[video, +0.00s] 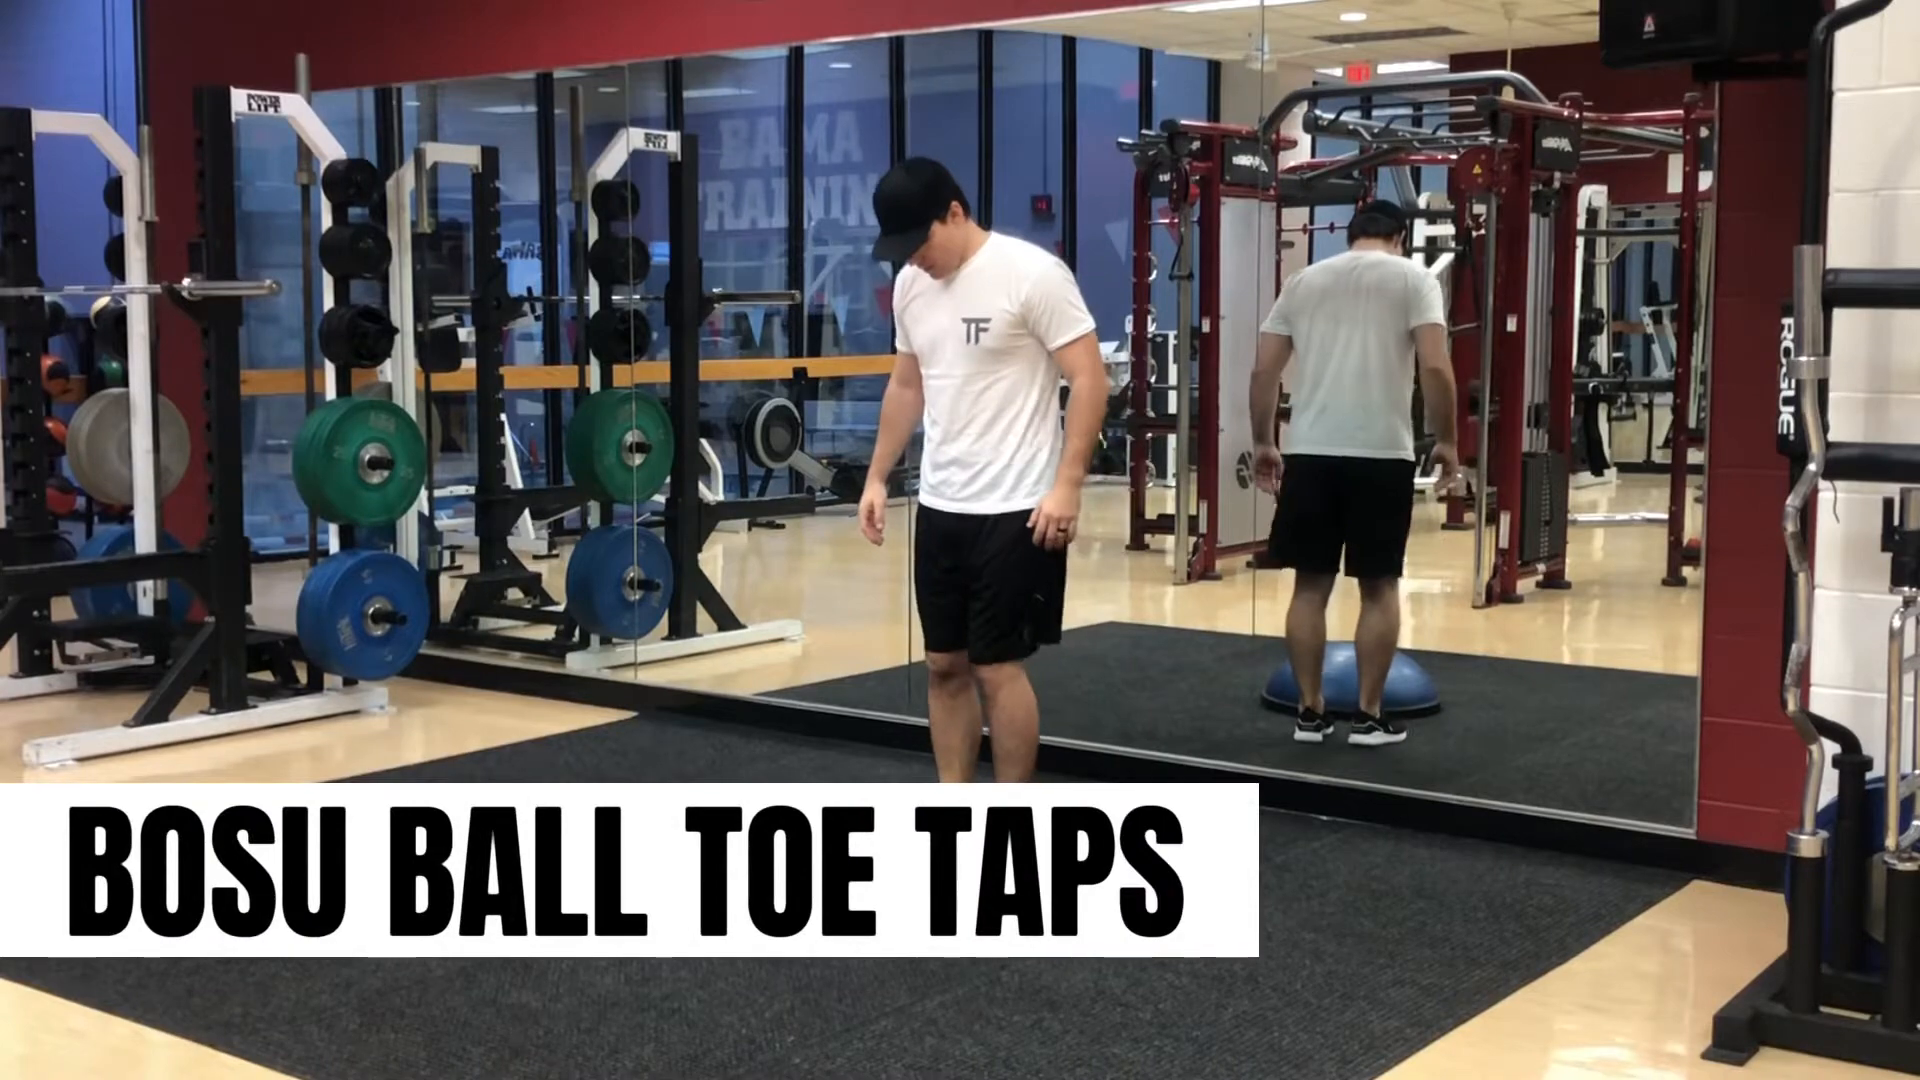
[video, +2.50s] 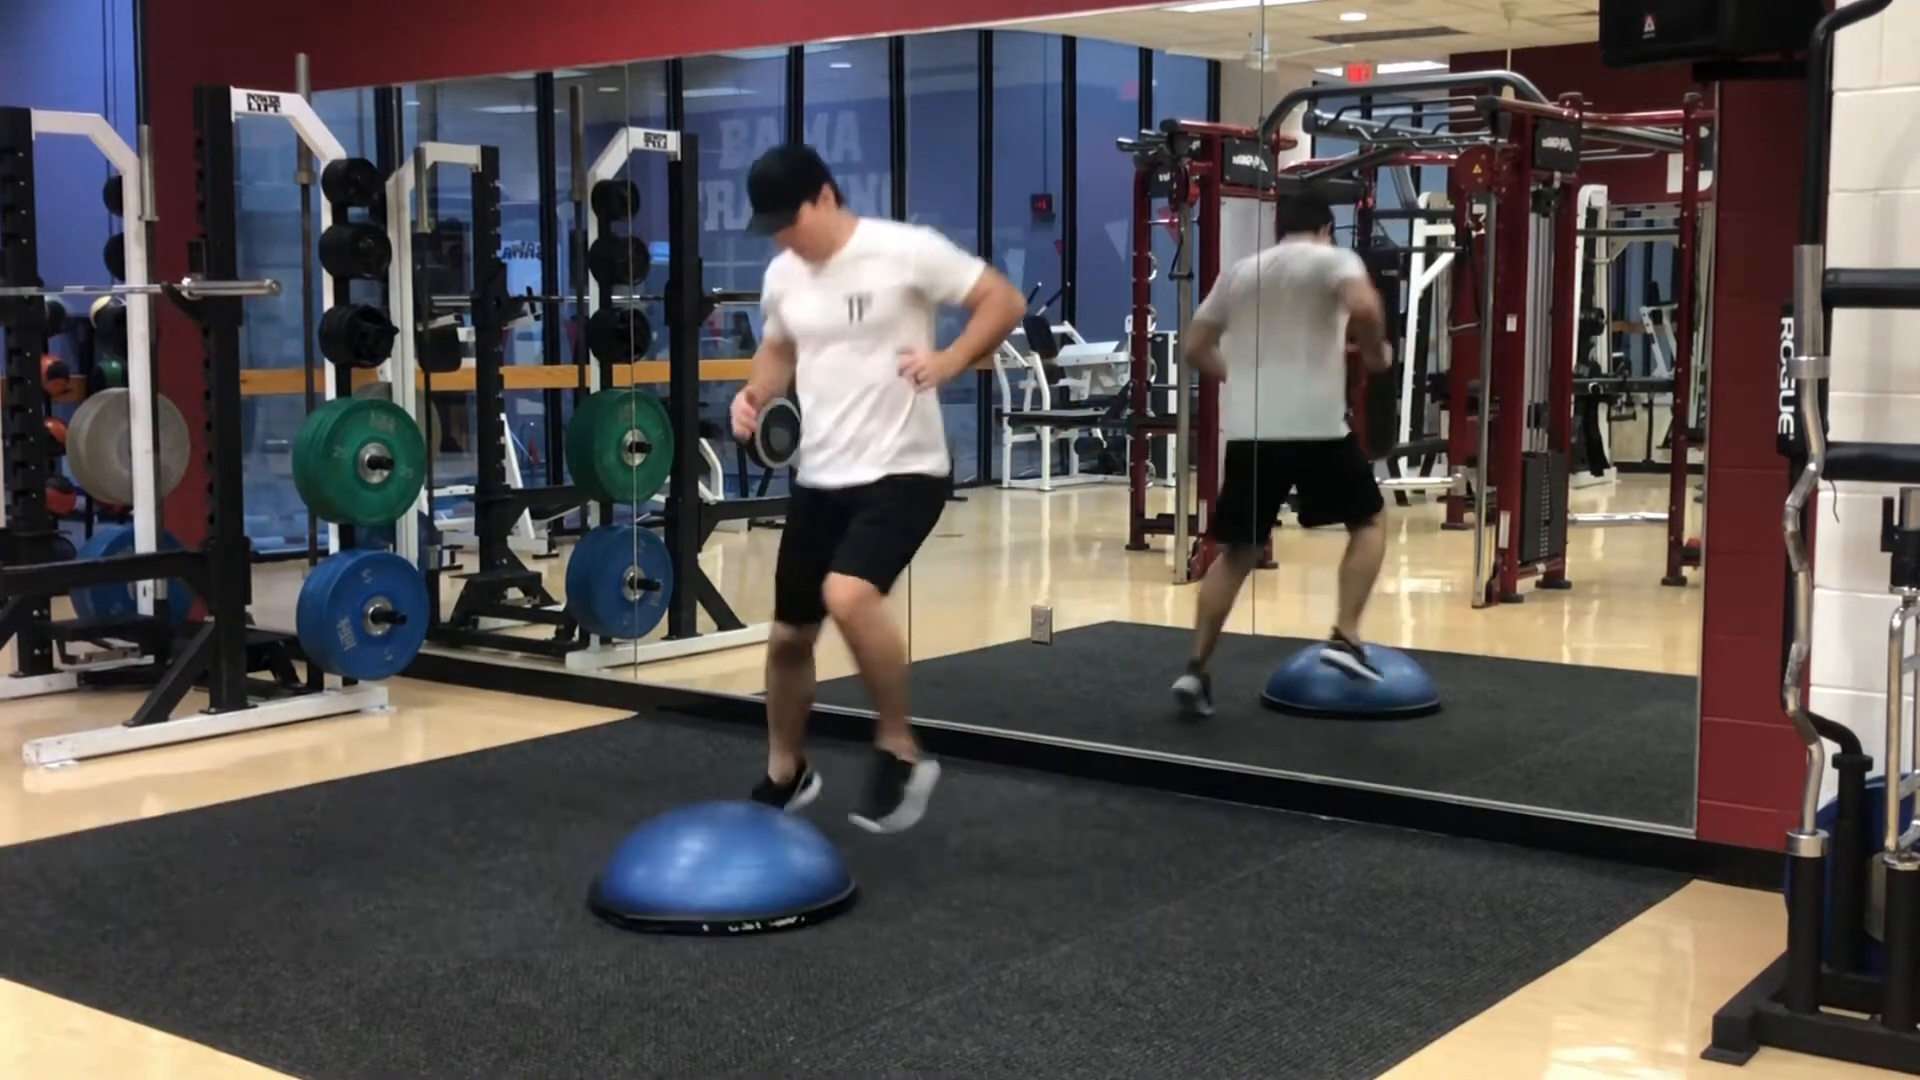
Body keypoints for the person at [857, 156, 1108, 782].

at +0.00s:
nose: (913, 260)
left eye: (918, 244)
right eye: (904, 250)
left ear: (954, 215)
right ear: (894, 235)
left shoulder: (1033, 275)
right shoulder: (911, 284)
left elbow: (1090, 380)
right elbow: (906, 384)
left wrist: (1067, 487)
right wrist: (877, 475)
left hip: (1018, 509)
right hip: (941, 508)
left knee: (998, 667)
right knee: (946, 667)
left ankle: (1012, 812)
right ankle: (953, 809)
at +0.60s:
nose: (927, 253)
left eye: (933, 237)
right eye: (921, 242)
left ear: (972, 211)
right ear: (961, 215)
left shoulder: (1048, 277)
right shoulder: (939, 279)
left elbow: (1098, 384)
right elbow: (942, 377)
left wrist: (1065, 491)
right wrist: (903, 464)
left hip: (1020, 517)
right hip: (946, 500)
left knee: (1011, 676)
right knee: (872, 615)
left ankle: (1015, 812)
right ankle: (859, 776)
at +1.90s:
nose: (861, 270)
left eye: (866, 254)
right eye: (855, 259)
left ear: (908, 233)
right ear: (894, 238)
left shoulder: (984, 305)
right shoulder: (872, 302)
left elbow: (1044, 407)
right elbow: (880, 394)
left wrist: (986, 481)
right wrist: (840, 448)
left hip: (974, 528)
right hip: (896, 510)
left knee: (957, 685)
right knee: (806, 596)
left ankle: (1007, 806)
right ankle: (825, 758)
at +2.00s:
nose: (847, 241)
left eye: (852, 225)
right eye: (839, 230)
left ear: (892, 203)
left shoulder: (966, 267)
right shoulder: (854, 266)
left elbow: (1056, 339)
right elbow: (865, 347)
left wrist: (987, 398)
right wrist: (810, 385)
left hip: (945, 502)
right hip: (865, 485)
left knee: (947, 659)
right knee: (778, 592)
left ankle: (997, 798)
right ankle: (812, 737)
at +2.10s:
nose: (820, 225)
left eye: (826, 209)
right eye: (814, 213)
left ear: (866, 185)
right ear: (811, 207)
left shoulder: (947, 242)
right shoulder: (822, 250)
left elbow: (1037, 308)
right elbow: (829, 324)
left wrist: (976, 371)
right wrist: (801, 376)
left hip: (925, 470)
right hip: (844, 466)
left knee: (893, 616)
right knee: (784, 611)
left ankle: (940, 762)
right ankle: (786, 749)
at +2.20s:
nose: (796, 247)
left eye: (802, 232)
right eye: (789, 236)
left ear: (841, 208)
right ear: (788, 229)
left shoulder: (922, 264)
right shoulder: (791, 277)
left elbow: (1006, 332)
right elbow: (793, 361)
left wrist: (948, 396)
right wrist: (783, 428)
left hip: (907, 476)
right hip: (826, 483)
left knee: (843, 578)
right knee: (796, 643)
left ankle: (866, 726)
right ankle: (784, 777)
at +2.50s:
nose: (782, 241)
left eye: (787, 225)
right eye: (774, 230)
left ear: (824, 200)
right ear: (777, 220)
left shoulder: (906, 249)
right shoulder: (783, 274)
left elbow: (1006, 300)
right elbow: (778, 352)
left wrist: (949, 360)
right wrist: (752, 395)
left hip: (904, 468)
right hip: (822, 477)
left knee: (848, 595)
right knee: (788, 637)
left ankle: (899, 751)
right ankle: (785, 773)